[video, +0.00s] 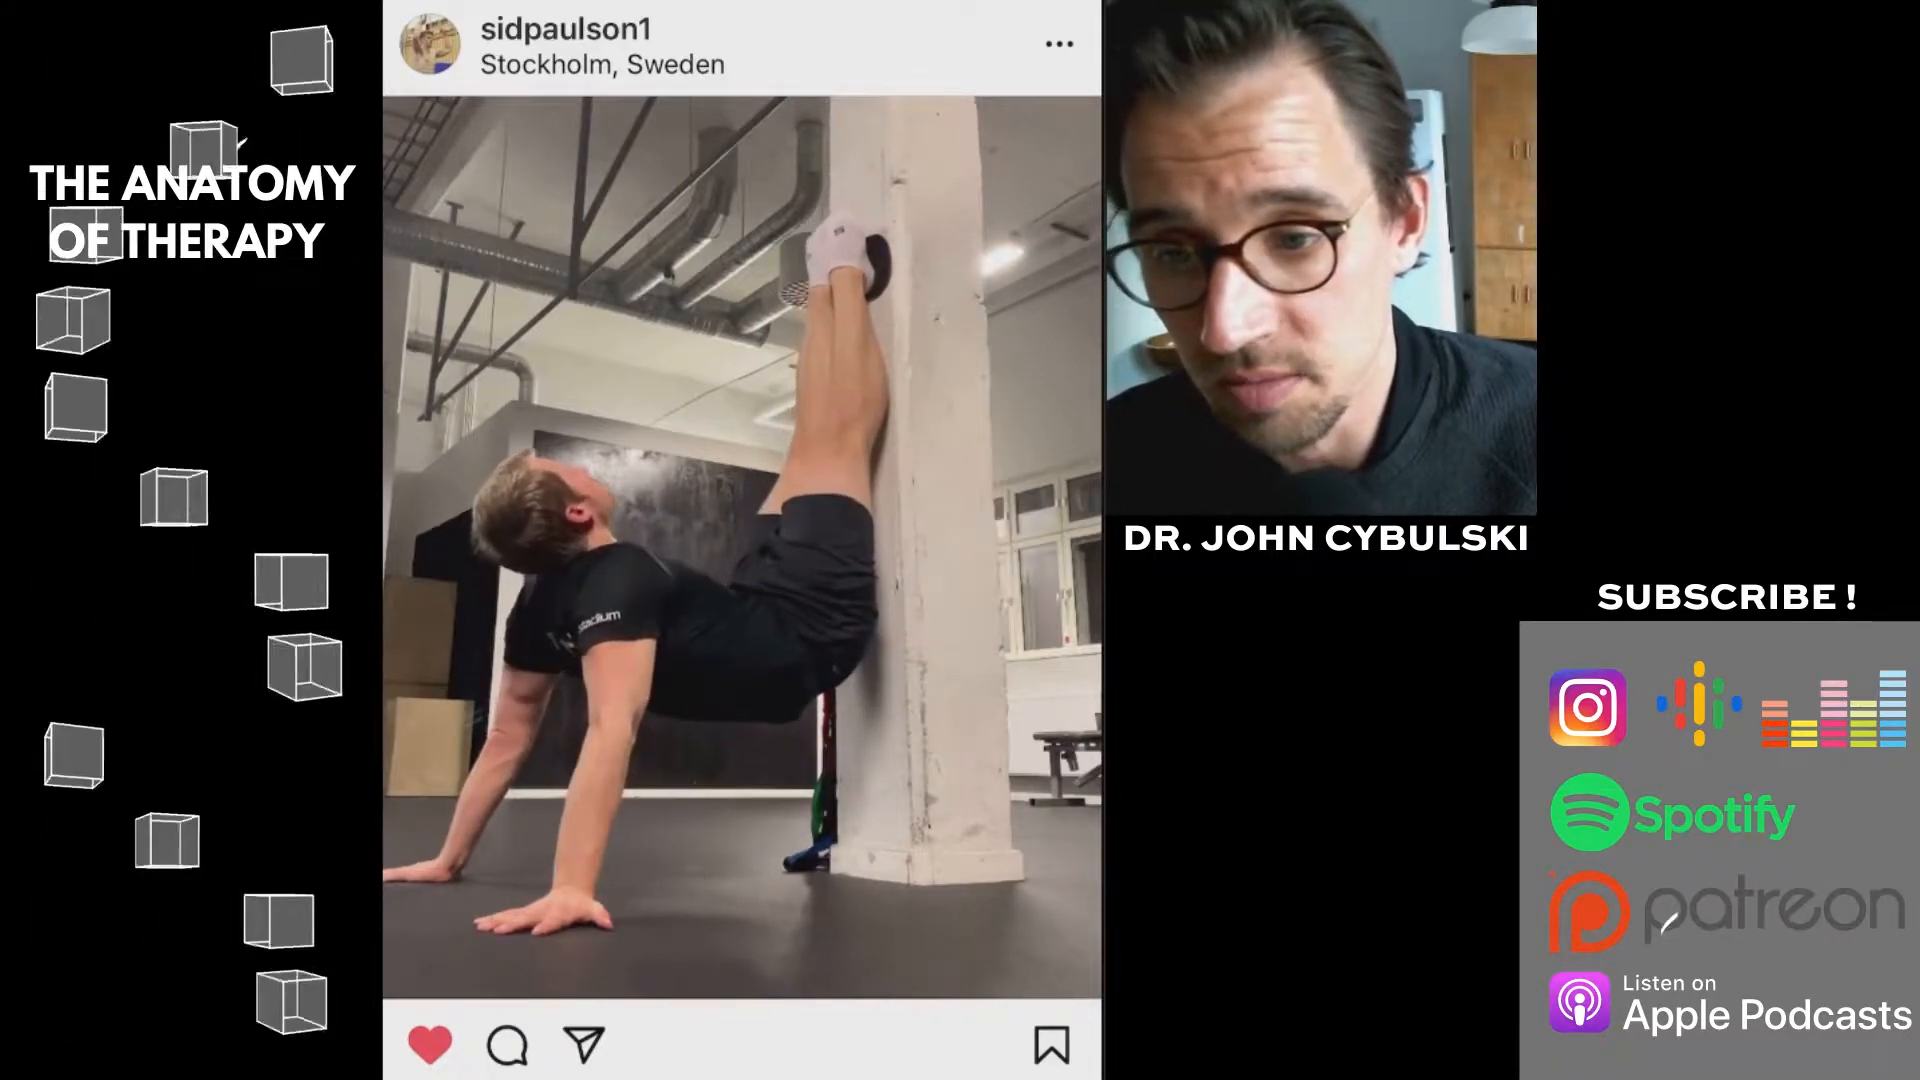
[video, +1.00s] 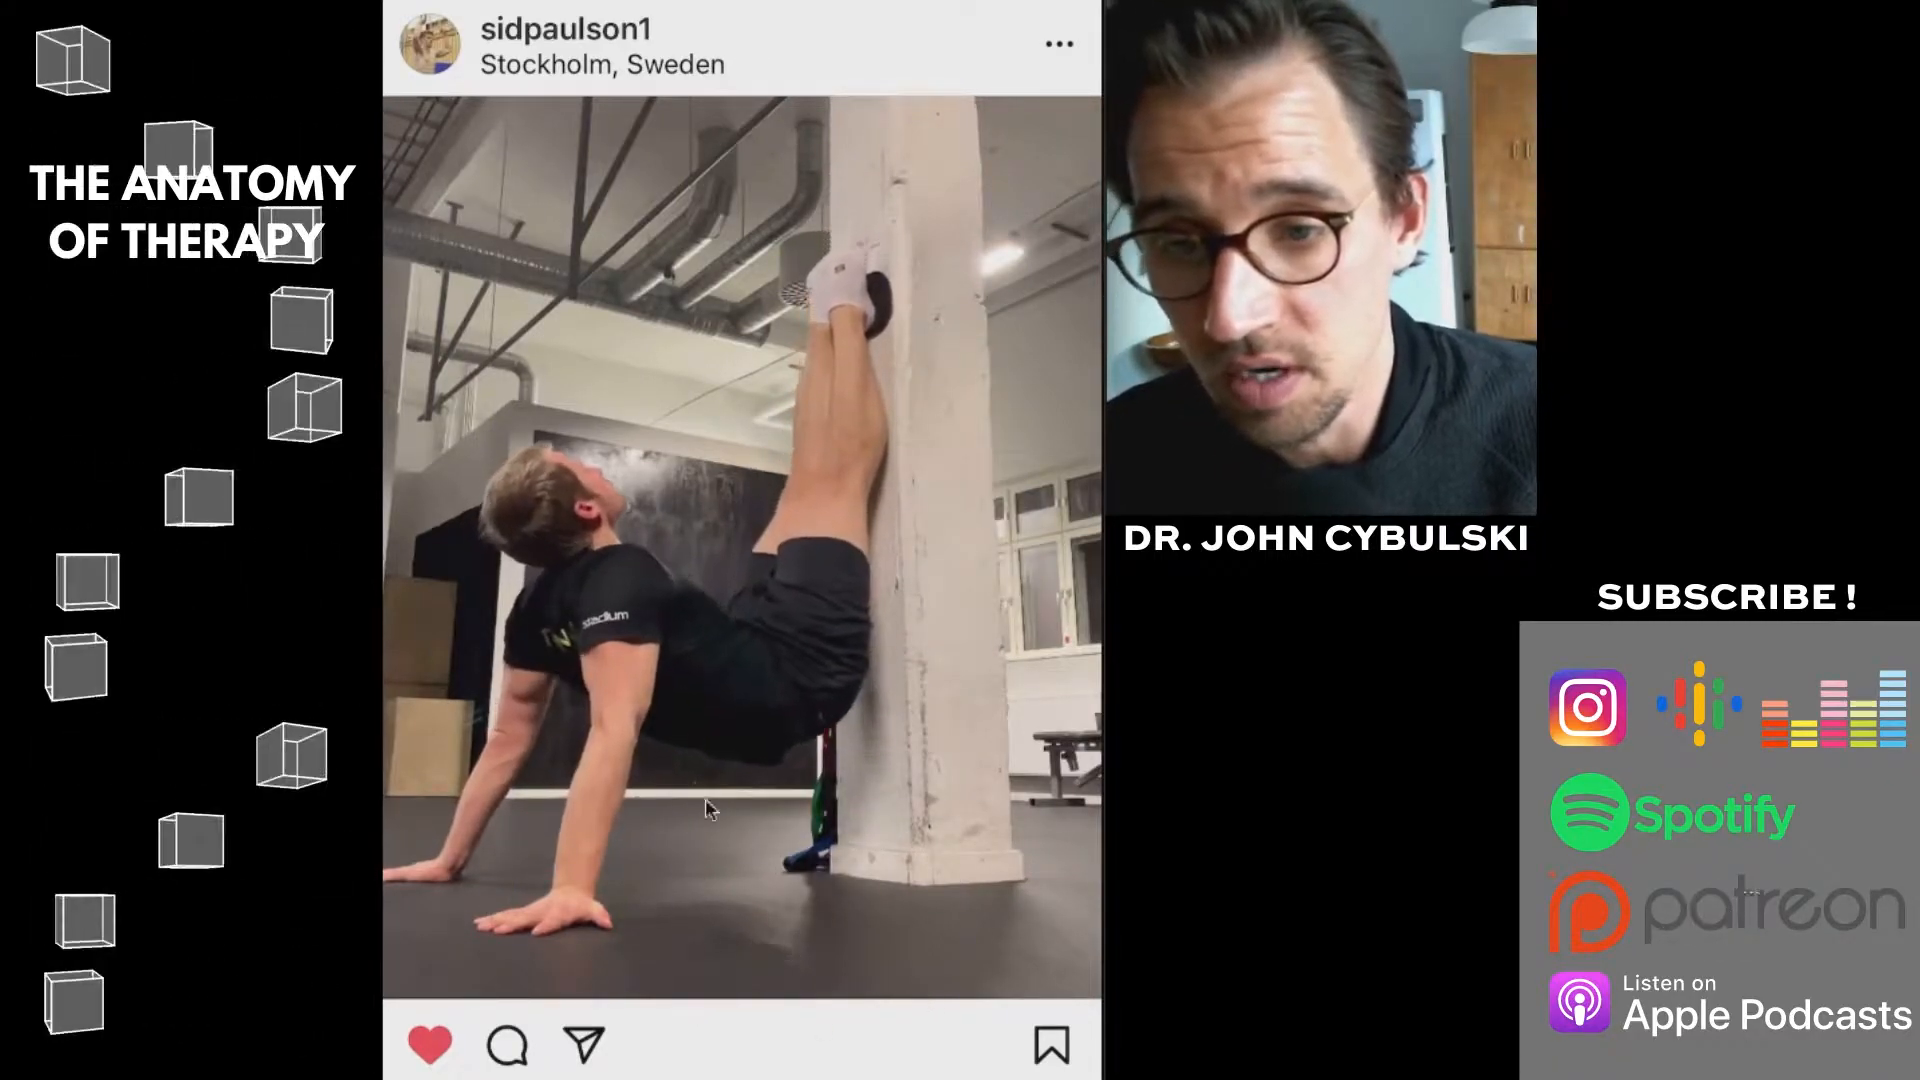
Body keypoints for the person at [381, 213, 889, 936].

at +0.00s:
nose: (580, 466)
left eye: (562, 464)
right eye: (567, 471)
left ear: (533, 545)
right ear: (575, 512)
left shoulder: (536, 611)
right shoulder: (617, 579)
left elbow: (507, 740)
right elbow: (609, 731)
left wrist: (448, 860)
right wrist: (572, 887)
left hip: (759, 633)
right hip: (807, 627)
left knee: (814, 434)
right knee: (844, 429)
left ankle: (825, 293)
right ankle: (845, 278)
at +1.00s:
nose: (593, 465)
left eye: (574, 459)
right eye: (581, 467)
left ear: (537, 538)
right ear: (587, 510)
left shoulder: (536, 605)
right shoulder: (617, 580)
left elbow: (507, 745)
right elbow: (612, 734)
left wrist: (448, 860)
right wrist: (573, 887)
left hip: (749, 689)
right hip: (801, 680)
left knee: (804, 485)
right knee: (843, 472)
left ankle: (826, 317)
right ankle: (844, 311)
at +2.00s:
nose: (608, 462)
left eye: (594, 456)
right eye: (596, 462)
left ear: (541, 529)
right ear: (596, 501)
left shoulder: (533, 605)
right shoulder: (621, 575)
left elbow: (509, 741)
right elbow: (613, 733)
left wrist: (449, 860)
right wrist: (571, 887)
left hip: (735, 750)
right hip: (788, 709)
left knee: (802, 513)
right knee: (837, 505)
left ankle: (826, 353)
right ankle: (847, 349)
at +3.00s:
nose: (620, 460)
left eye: (607, 451)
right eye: (608, 455)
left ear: (541, 517)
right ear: (600, 491)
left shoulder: (532, 604)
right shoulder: (622, 578)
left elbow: (508, 741)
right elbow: (611, 733)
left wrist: (449, 859)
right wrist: (572, 887)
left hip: (709, 766)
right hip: (772, 742)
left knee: (796, 536)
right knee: (834, 527)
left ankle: (825, 378)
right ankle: (847, 370)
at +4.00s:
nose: (624, 456)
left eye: (612, 447)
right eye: (612, 450)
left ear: (541, 507)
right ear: (599, 481)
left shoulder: (527, 606)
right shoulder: (618, 575)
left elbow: (507, 745)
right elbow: (611, 729)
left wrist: (449, 859)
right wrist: (572, 886)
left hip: (697, 779)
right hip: (767, 757)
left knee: (787, 557)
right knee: (826, 547)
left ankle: (825, 393)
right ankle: (847, 385)